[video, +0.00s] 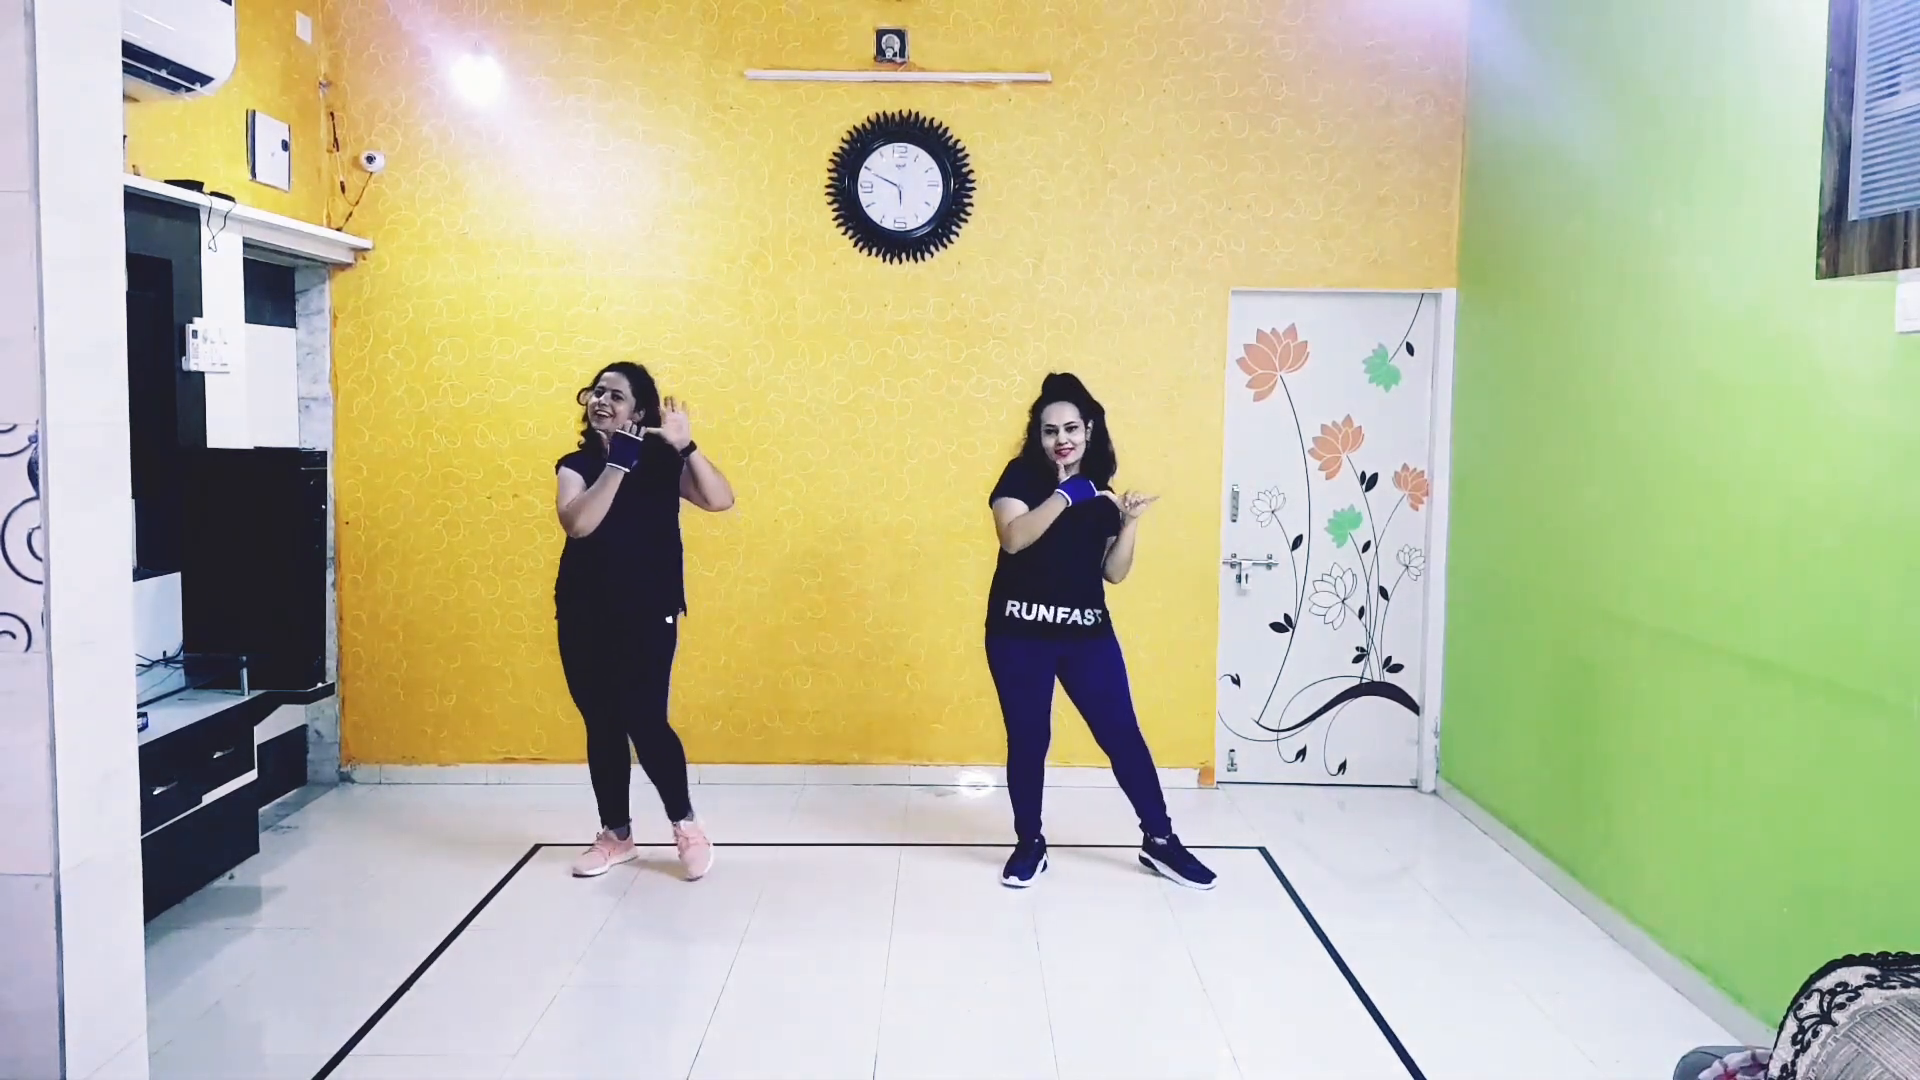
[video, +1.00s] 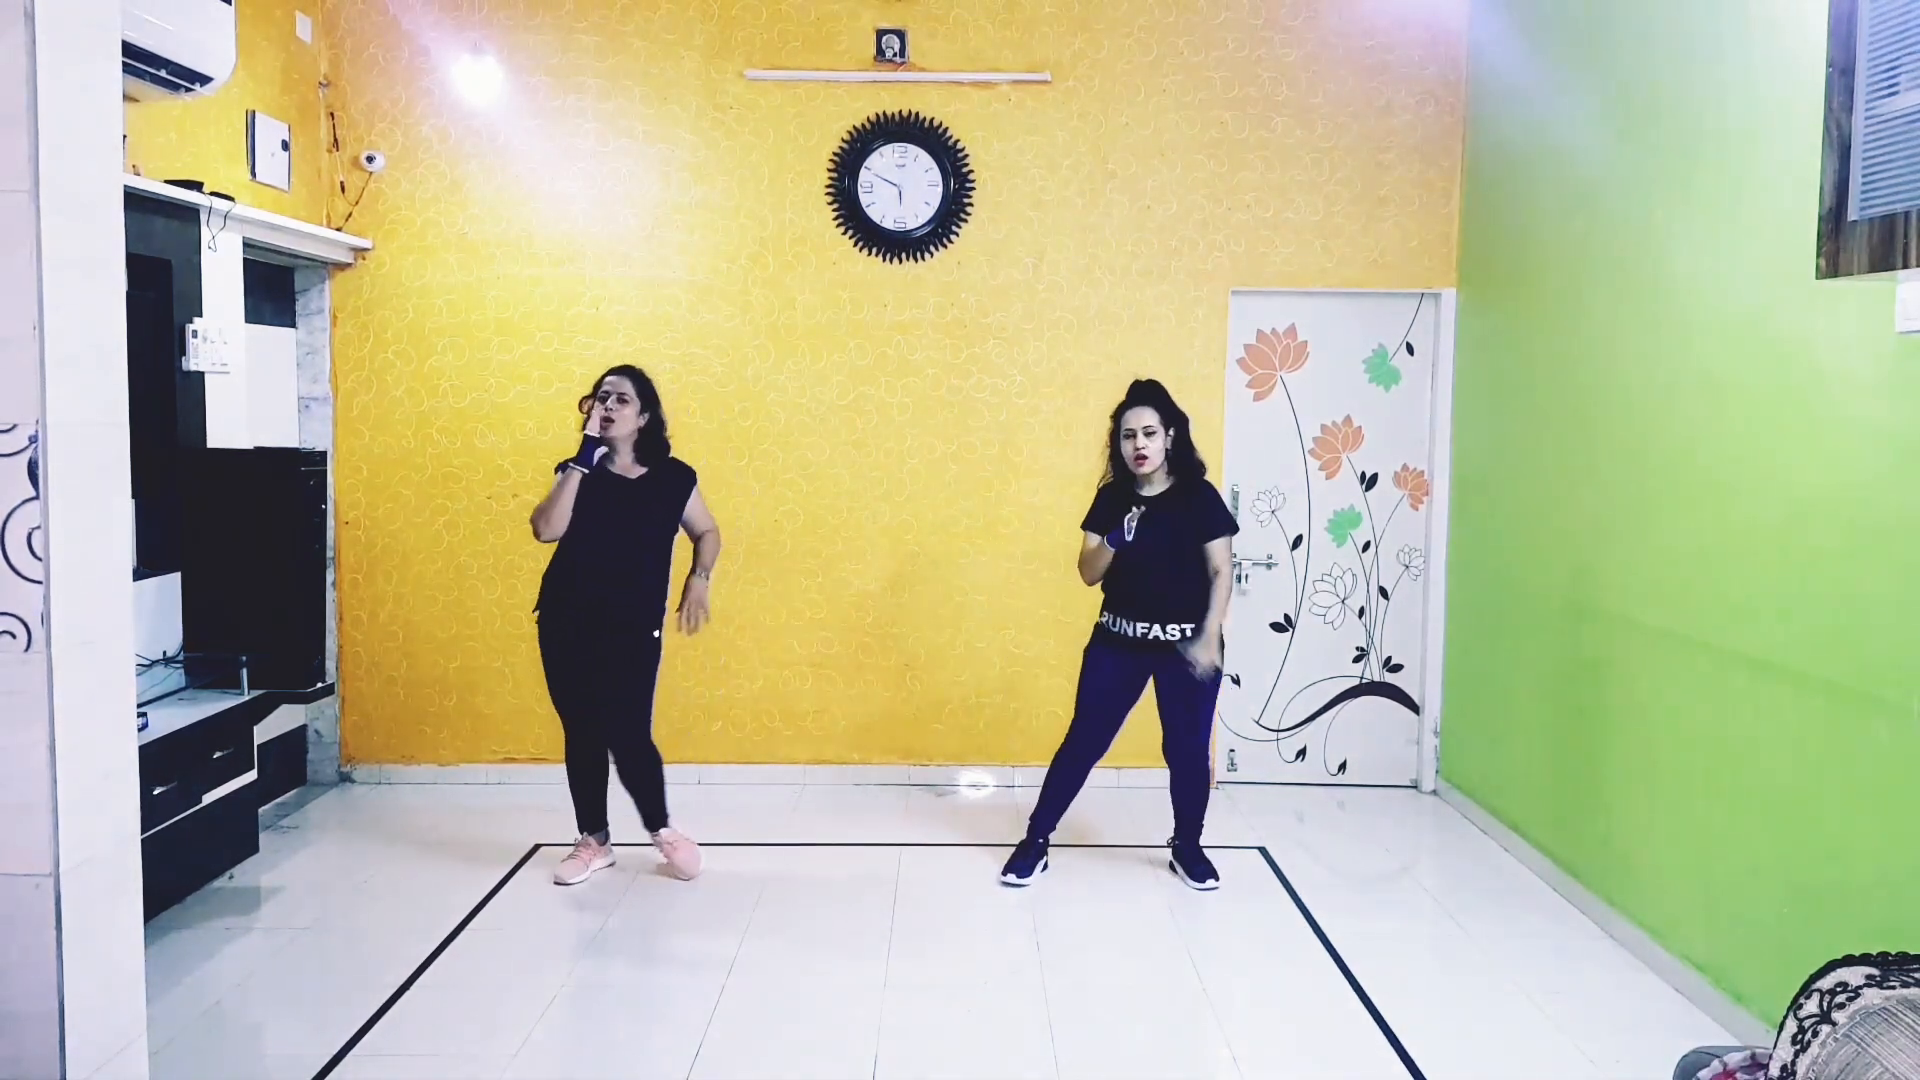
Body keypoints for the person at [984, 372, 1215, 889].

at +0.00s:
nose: (1063, 439)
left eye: (1072, 428)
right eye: (1051, 430)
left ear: (1089, 431)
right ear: (1037, 434)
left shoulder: (1101, 496)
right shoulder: (1019, 477)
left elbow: (1115, 573)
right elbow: (1012, 538)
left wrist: (1128, 525)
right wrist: (1063, 495)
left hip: (1086, 632)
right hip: (1019, 631)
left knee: (1123, 736)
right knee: (1027, 742)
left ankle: (1160, 838)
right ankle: (1029, 842)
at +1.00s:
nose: (1139, 445)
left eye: (1150, 433)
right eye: (1129, 435)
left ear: (1172, 436)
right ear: (1117, 443)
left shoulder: (1200, 497)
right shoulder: (1112, 496)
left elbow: (1223, 573)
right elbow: (1088, 573)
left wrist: (1211, 636)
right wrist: (1113, 539)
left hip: (1188, 643)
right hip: (1119, 641)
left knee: (1189, 755)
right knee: (1083, 744)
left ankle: (1187, 845)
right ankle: (1035, 840)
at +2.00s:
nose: (1057, 429)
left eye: (1066, 420)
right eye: (1045, 419)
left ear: (1077, 427)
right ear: (1025, 425)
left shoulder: (1087, 475)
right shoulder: (1008, 483)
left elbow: (1101, 547)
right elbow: (1016, 559)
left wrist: (1114, 610)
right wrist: (1048, 489)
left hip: (1101, 627)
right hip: (1036, 633)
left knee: (1135, 734)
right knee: (1038, 746)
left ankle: (1169, 836)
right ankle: (1030, 843)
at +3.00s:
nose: (1138, 437)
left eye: (1149, 426)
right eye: (1128, 429)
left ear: (1172, 433)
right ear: (1118, 439)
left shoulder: (1194, 505)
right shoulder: (1110, 488)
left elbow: (1207, 587)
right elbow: (1071, 544)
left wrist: (1218, 662)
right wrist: (1109, 489)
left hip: (1159, 648)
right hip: (1089, 637)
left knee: (1171, 753)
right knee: (1062, 743)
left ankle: (1191, 843)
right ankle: (1032, 842)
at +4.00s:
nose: (1109, 440)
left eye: (1116, 433)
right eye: (1099, 428)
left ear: (1120, 442)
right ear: (1071, 430)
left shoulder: (1116, 495)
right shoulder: (1040, 498)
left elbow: (1171, 534)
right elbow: (1021, 574)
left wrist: (1206, 473)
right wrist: (1042, 639)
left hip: (1141, 639)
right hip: (1074, 645)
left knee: (1171, 741)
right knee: (1057, 755)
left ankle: (1192, 841)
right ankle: (1028, 844)